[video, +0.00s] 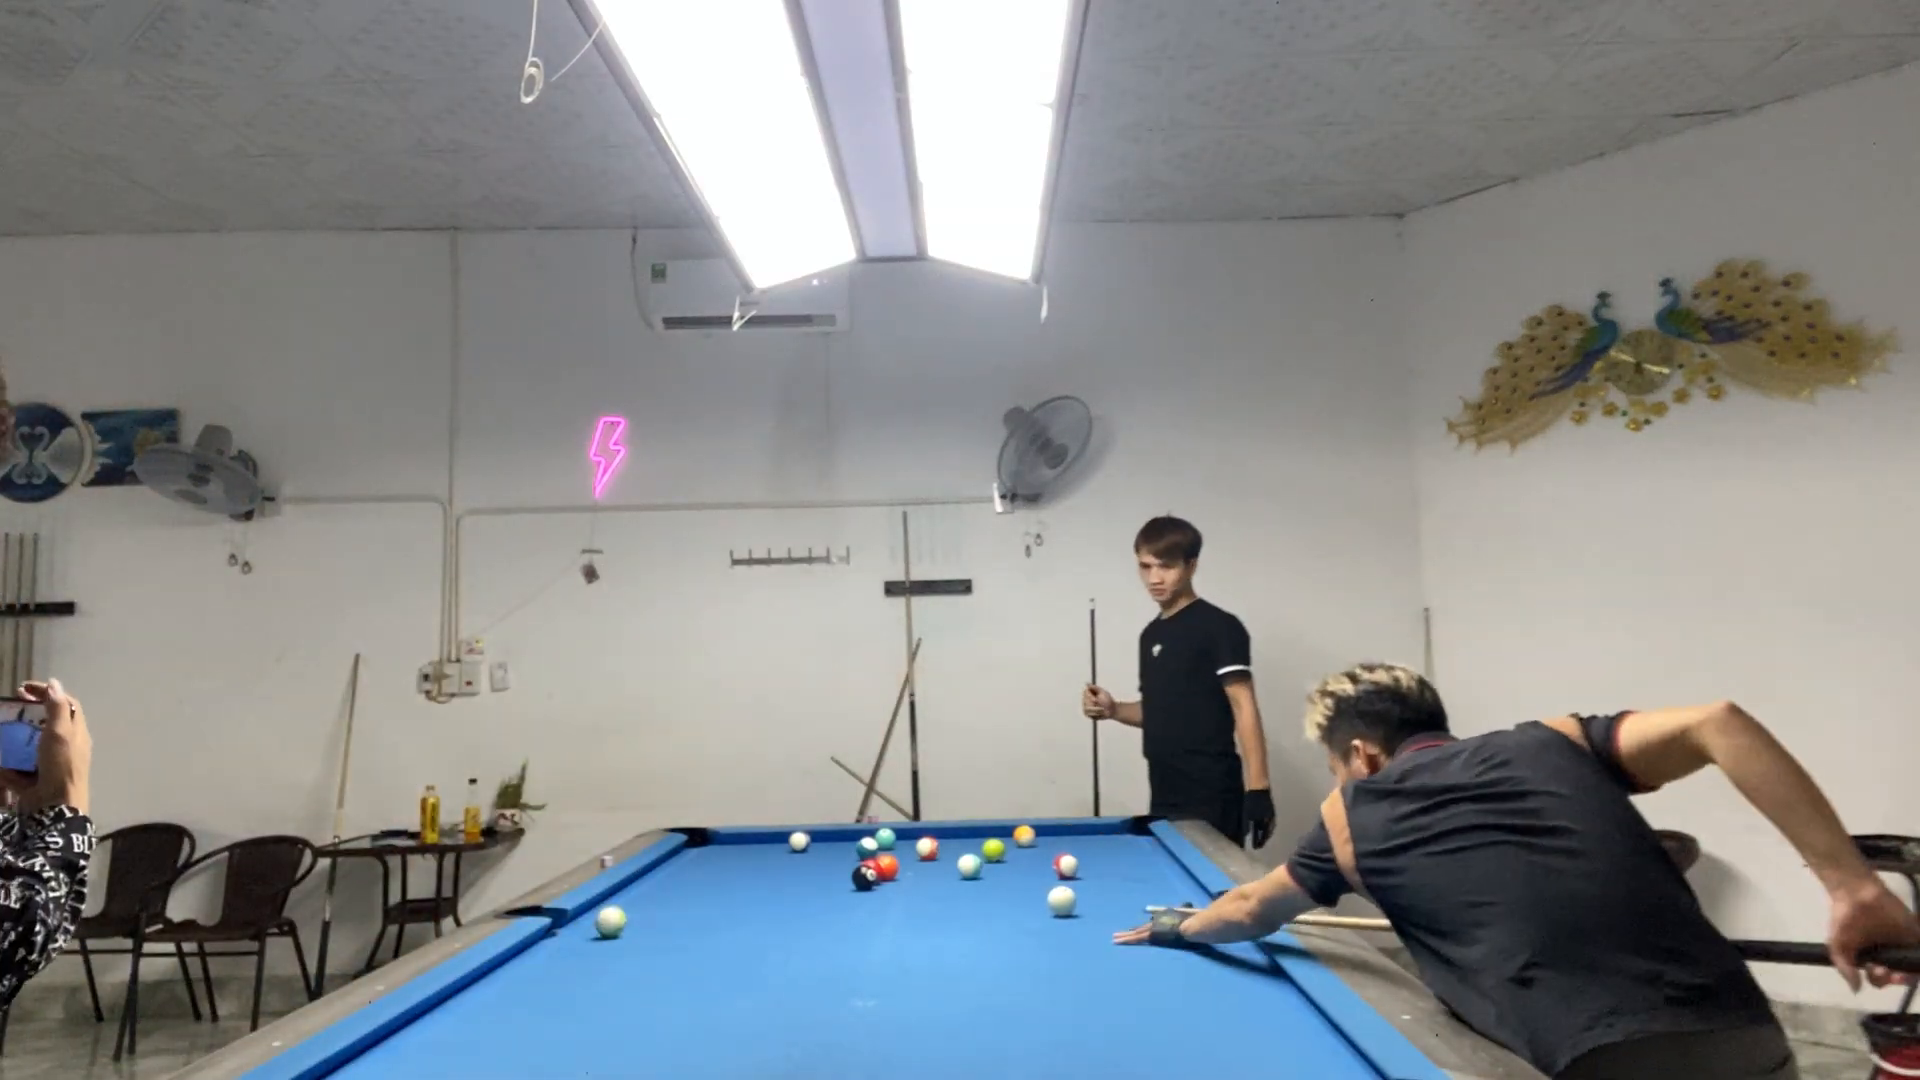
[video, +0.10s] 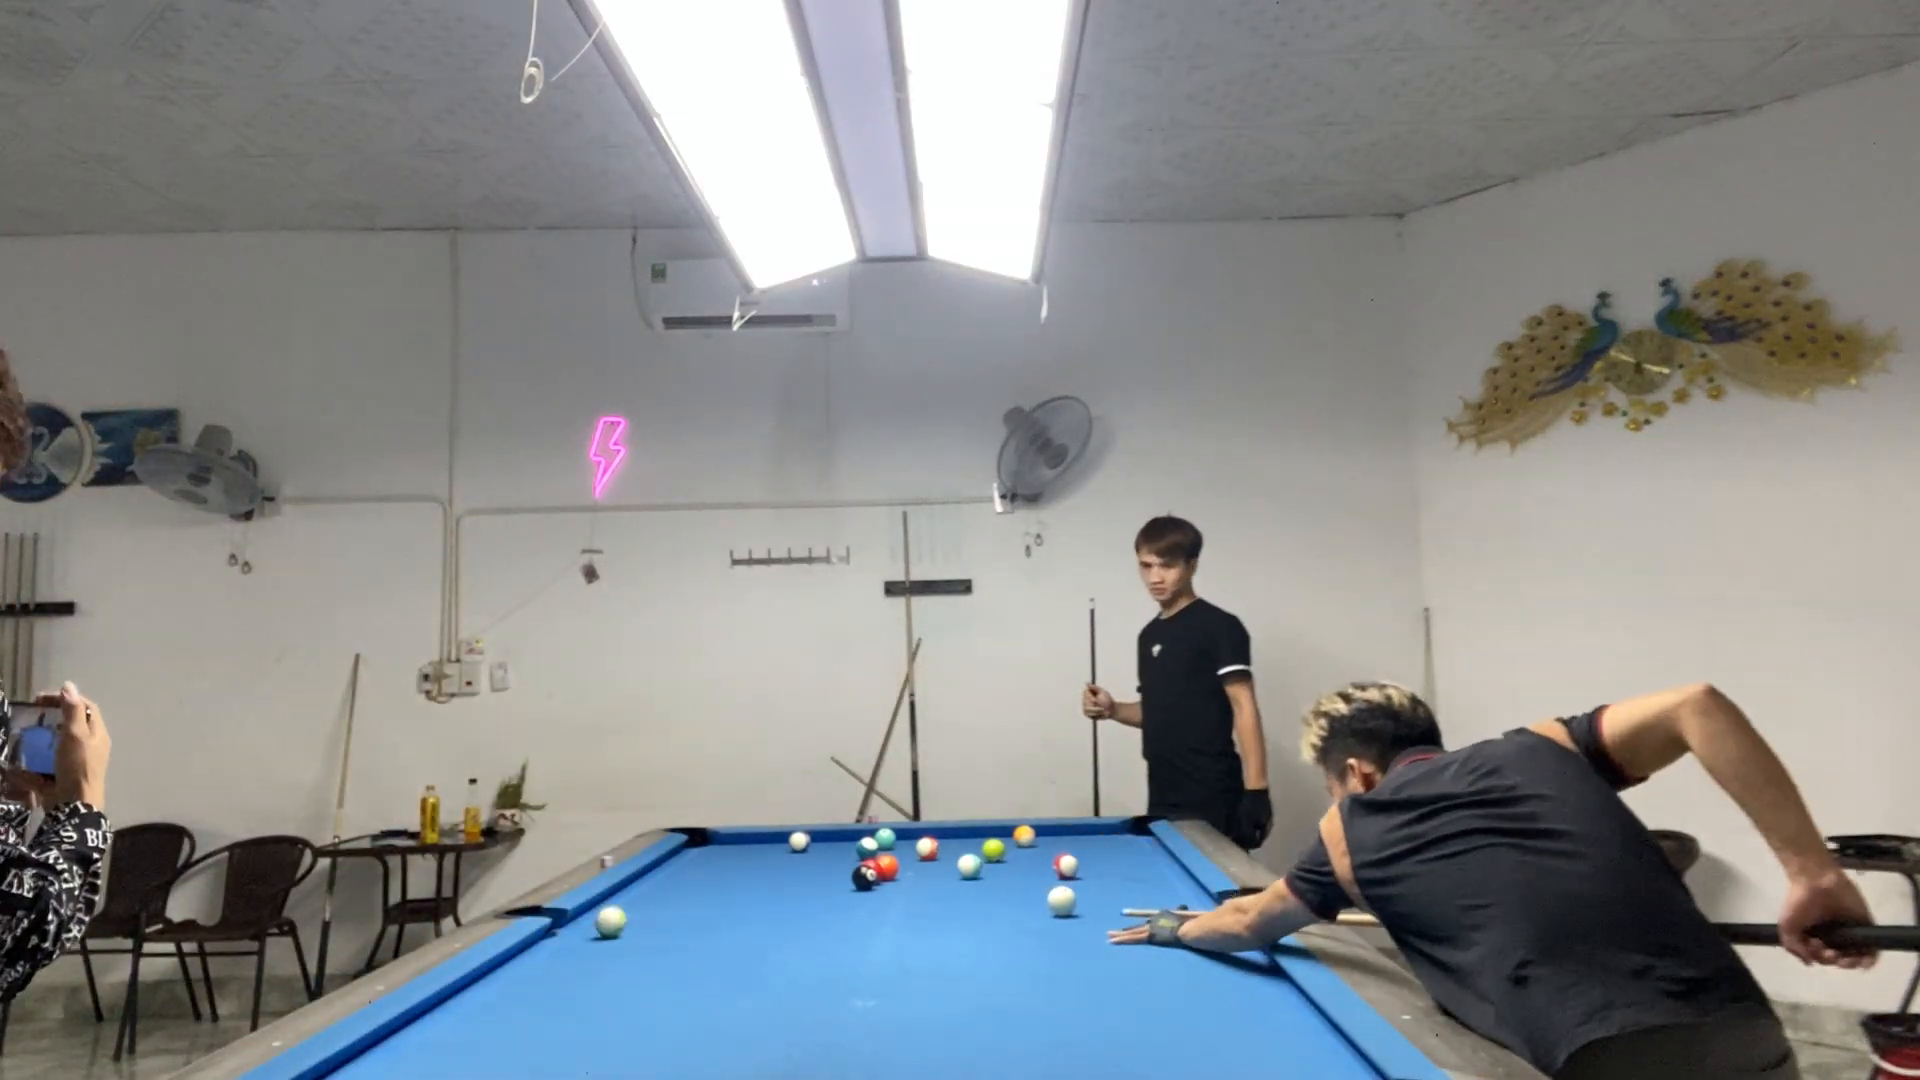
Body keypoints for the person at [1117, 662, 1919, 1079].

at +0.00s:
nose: (1329, 787)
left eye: (1328, 770)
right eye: (1327, 773)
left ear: (1360, 757)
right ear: (1436, 727)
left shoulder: (1353, 810)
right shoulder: (1555, 737)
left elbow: (1245, 910)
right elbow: (1717, 723)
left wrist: (1175, 927)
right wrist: (1852, 881)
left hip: (1607, 1062)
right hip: (1745, 1042)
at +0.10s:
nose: (1332, 804)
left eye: (1330, 790)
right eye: (1326, 793)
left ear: (1360, 773)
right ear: (1433, 744)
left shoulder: (1350, 831)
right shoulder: (1543, 742)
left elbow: (1250, 919)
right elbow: (1699, 707)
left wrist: (1179, 927)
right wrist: (1813, 868)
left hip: (1610, 1058)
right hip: (1749, 1041)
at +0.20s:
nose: (1332, 808)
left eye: (1328, 798)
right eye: (1326, 800)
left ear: (1355, 784)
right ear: (1429, 750)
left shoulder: (1350, 835)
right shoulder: (1539, 748)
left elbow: (1248, 923)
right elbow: (1686, 703)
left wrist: (1181, 926)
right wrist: (1781, 870)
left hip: (1610, 1053)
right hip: (1745, 1036)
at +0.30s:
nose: (1329, 815)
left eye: (1325, 806)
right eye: (1323, 806)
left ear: (1352, 790)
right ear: (1424, 758)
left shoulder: (1350, 839)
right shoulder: (1535, 752)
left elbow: (1244, 926)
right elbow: (1682, 705)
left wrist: (1171, 926)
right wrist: (1766, 873)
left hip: (1609, 1052)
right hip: (1744, 1036)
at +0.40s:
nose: (1329, 820)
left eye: (1325, 809)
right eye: (1324, 811)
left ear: (1350, 795)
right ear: (1423, 763)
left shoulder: (1349, 842)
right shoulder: (1535, 753)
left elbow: (1244, 928)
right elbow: (1679, 707)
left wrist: (1171, 925)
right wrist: (1763, 877)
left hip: (1610, 1052)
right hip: (1743, 1032)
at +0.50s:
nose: (1329, 822)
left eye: (1324, 812)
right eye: (1324, 813)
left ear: (1350, 798)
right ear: (1425, 766)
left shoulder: (1350, 844)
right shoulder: (1534, 755)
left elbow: (1244, 929)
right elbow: (1677, 708)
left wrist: (1169, 925)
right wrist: (1756, 876)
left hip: (1609, 1053)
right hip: (1745, 1034)